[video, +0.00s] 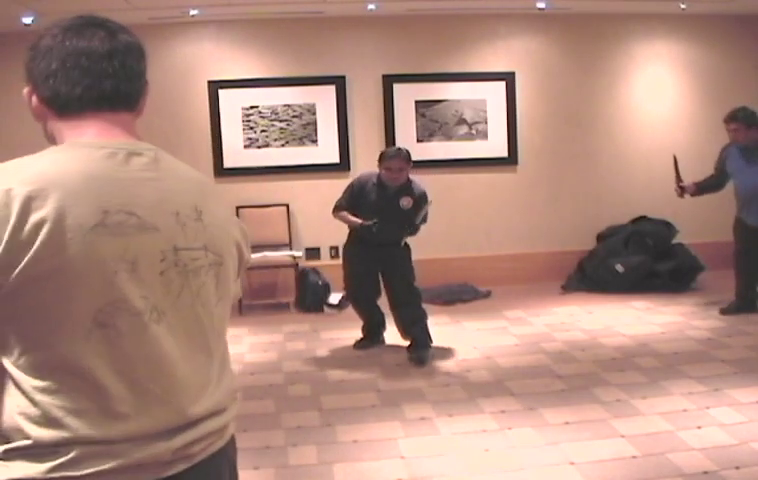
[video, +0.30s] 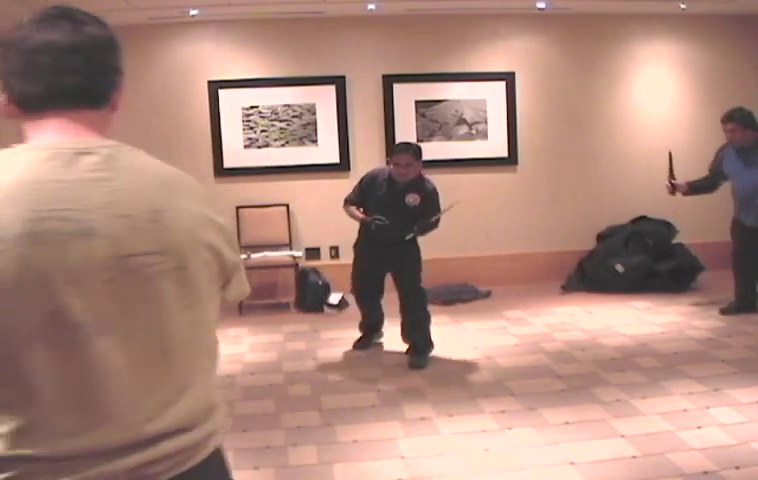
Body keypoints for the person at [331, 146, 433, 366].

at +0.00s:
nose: (393, 175)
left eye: (399, 170)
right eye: (388, 169)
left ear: (409, 170)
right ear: (379, 168)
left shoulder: (417, 194)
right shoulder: (364, 182)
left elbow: (413, 229)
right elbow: (338, 210)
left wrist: (408, 213)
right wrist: (358, 222)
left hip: (393, 248)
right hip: (360, 247)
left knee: (404, 296)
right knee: (359, 294)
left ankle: (419, 344)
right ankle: (373, 331)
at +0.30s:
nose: (401, 171)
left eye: (408, 165)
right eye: (397, 165)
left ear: (419, 166)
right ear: (389, 163)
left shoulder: (426, 189)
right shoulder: (375, 178)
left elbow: (432, 221)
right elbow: (348, 204)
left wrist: (414, 230)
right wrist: (363, 217)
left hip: (403, 246)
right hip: (370, 245)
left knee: (412, 296)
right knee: (365, 291)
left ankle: (419, 348)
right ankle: (371, 332)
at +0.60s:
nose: (403, 167)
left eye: (409, 162)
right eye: (399, 161)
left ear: (424, 161)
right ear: (394, 159)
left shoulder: (432, 183)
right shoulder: (384, 175)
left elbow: (418, 223)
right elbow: (366, 199)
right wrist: (369, 211)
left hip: (412, 247)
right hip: (380, 245)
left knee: (417, 300)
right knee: (366, 287)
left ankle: (418, 349)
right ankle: (364, 329)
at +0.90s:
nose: (405, 174)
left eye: (411, 169)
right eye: (400, 168)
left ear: (426, 166)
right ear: (395, 165)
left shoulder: (438, 189)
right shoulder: (386, 179)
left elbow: (425, 227)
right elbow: (369, 201)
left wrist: (395, 243)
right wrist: (371, 219)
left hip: (417, 246)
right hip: (384, 242)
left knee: (421, 298)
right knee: (368, 289)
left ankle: (419, 349)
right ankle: (363, 328)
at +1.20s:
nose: (405, 169)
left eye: (411, 163)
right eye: (400, 163)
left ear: (424, 161)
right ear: (394, 162)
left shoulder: (437, 185)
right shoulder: (383, 179)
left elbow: (453, 223)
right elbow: (361, 209)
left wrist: (438, 254)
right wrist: (367, 243)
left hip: (420, 249)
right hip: (384, 248)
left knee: (423, 302)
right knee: (369, 294)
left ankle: (419, 350)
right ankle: (362, 329)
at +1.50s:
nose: (399, 165)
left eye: (404, 158)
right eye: (392, 160)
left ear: (413, 158)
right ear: (384, 161)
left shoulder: (426, 180)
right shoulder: (371, 180)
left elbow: (455, 207)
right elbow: (341, 210)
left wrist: (454, 233)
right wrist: (331, 240)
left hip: (417, 251)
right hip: (381, 252)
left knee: (422, 301)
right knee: (381, 301)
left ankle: (420, 350)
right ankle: (380, 349)